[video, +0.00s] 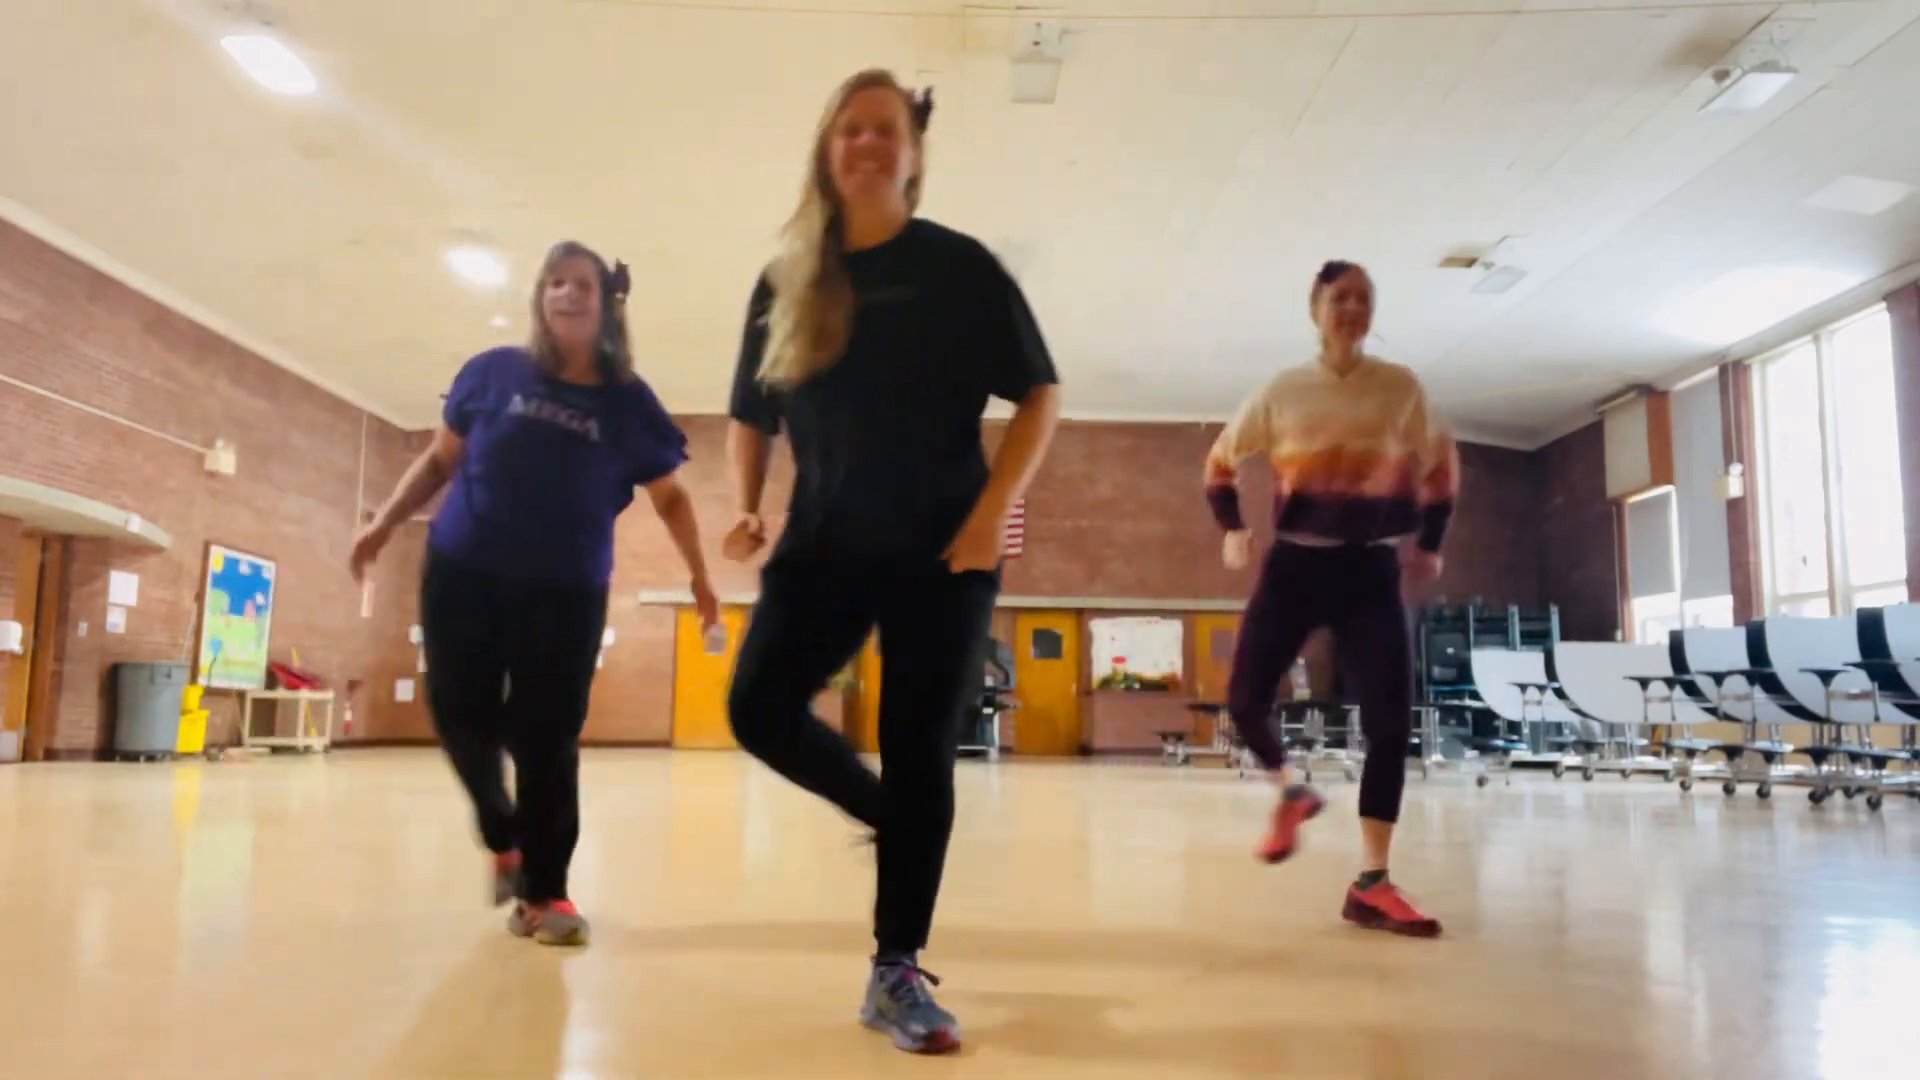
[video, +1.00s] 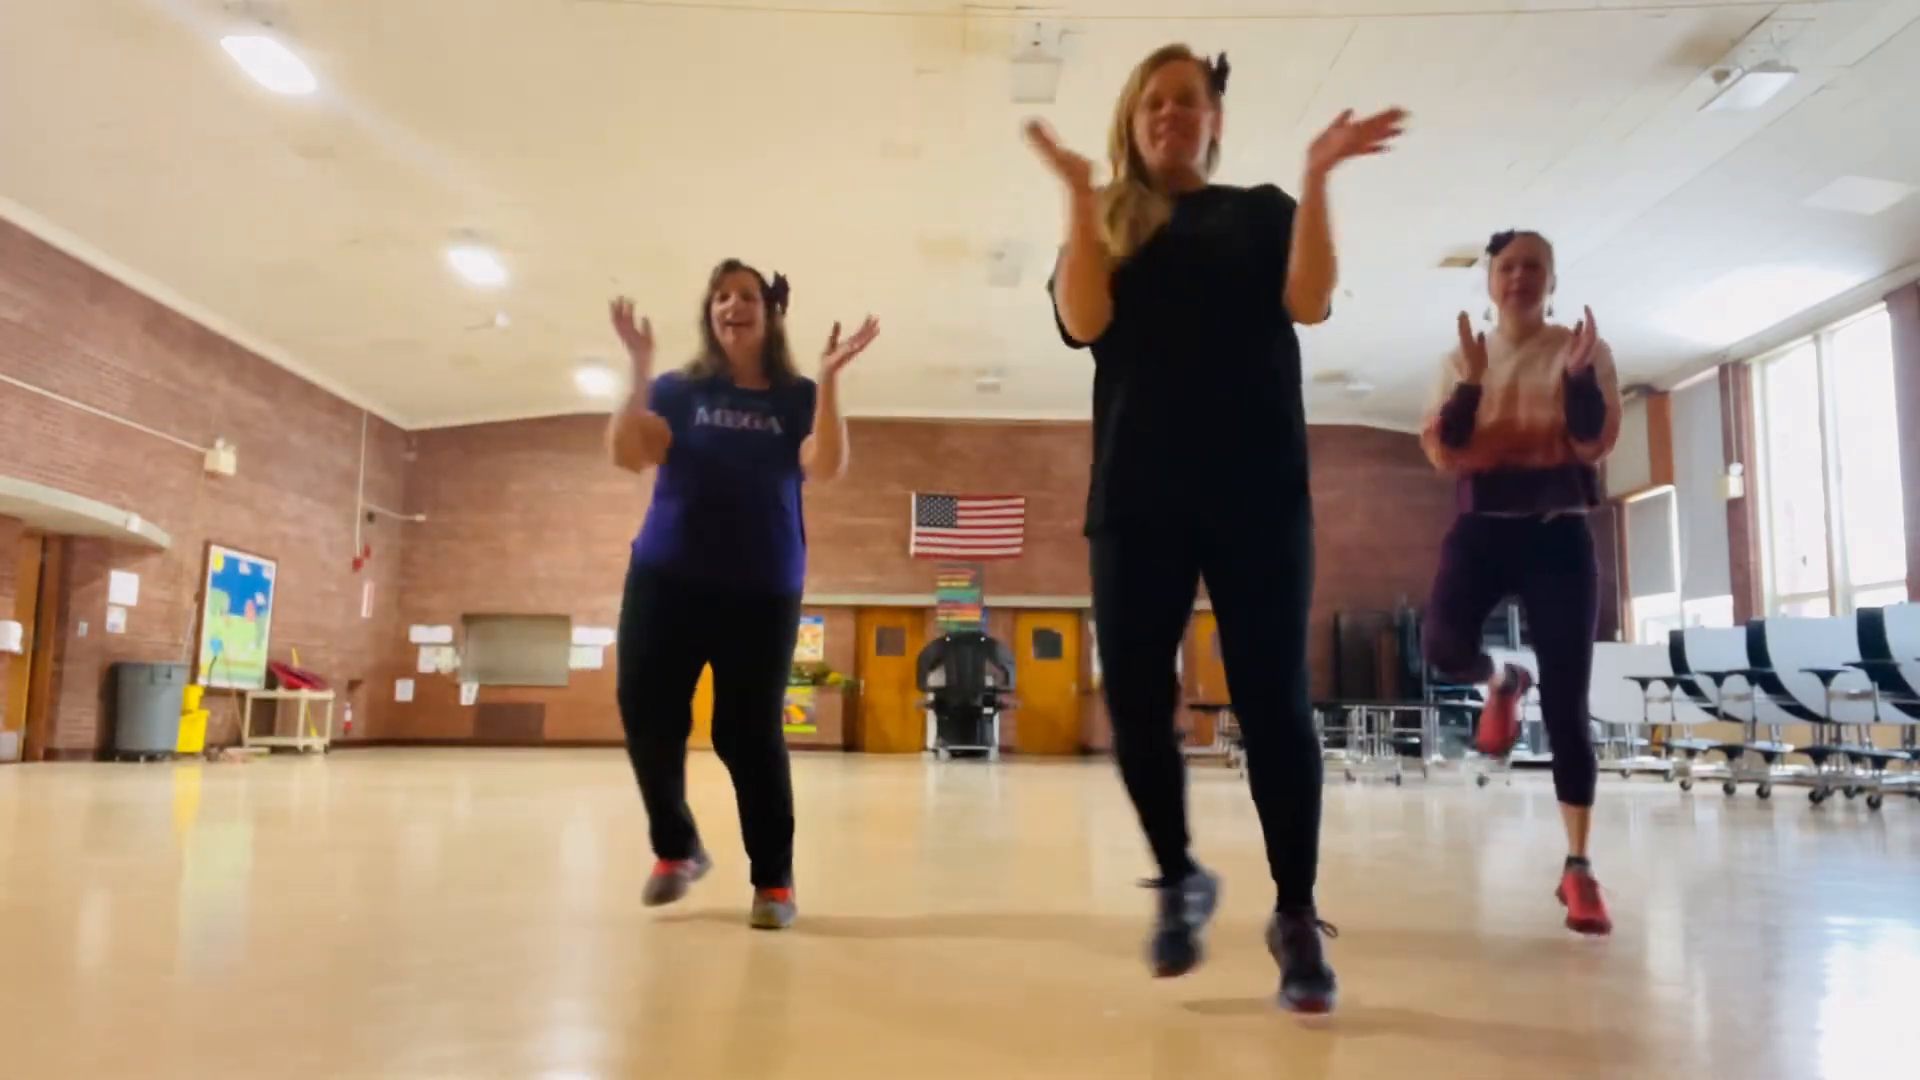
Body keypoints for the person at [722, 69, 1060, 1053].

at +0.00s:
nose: (867, 142)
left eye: (885, 129)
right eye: (851, 129)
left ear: (917, 151)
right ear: (824, 150)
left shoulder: (965, 268)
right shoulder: (788, 280)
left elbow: (1039, 398)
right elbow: (754, 409)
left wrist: (992, 511)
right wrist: (747, 503)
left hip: (942, 547)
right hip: (826, 542)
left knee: (916, 756)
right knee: (760, 714)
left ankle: (896, 971)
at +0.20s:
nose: (940, 136)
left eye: (958, 123)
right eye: (925, 122)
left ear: (988, 142)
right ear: (899, 143)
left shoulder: (1036, 257)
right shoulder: (861, 269)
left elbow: (1098, 383)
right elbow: (821, 404)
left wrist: (1082, 494)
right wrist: (833, 490)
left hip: (1015, 539)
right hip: (901, 542)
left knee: (979, 745)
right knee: (938, 751)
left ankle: (937, 960)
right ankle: (1019, 929)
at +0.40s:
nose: (998, 144)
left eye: (1014, 131)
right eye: (982, 132)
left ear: (1044, 153)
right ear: (957, 155)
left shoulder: (1096, 254)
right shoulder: (926, 279)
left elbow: (1163, 368)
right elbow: (882, 414)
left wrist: (1162, 464)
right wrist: (898, 483)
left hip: (1080, 524)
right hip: (966, 535)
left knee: (1145, 645)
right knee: (992, 746)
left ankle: (1131, 834)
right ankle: (1027, 941)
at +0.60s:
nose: (1070, 135)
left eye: (1087, 123)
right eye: (1055, 124)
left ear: (1115, 145)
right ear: (1029, 147)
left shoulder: (1169, 253)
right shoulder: (998, 266)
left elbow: (1228, 367)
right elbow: (946, 393)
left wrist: (1219, 477)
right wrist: (965, 476)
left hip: (1152, 520)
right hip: (1030, 526)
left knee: (1231, 721)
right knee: (1016, 739)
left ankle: (1270, 901)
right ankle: (1021, 936)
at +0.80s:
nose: (1136, 176)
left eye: (1153, 163)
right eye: (1121, 165)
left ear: (1185, 182)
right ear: (1099, 189)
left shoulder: (1240, 286)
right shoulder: (1074, 307)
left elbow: (1328, 389)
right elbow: (992, 426)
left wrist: (1293, 378)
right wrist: (1030, 371)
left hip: (1230, 564)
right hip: (1108, 567)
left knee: (1260, 766)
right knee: (1051, 763)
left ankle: (1290, 954)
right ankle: (1033, 946)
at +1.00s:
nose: (1174, 115)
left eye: (1189, 102)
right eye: (1159, 103)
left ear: (1217, 119)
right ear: (1130, 123)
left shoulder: (1265, 211)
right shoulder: (1108, 219)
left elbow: (1309, 304)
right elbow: (1082, 323)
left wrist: (1316, 180)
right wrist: (1082, 204)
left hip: (1256, 494)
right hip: (1140, 496)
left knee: (1273, 703)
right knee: (1135, 698)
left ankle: (1297, 916)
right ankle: (1179, 880)